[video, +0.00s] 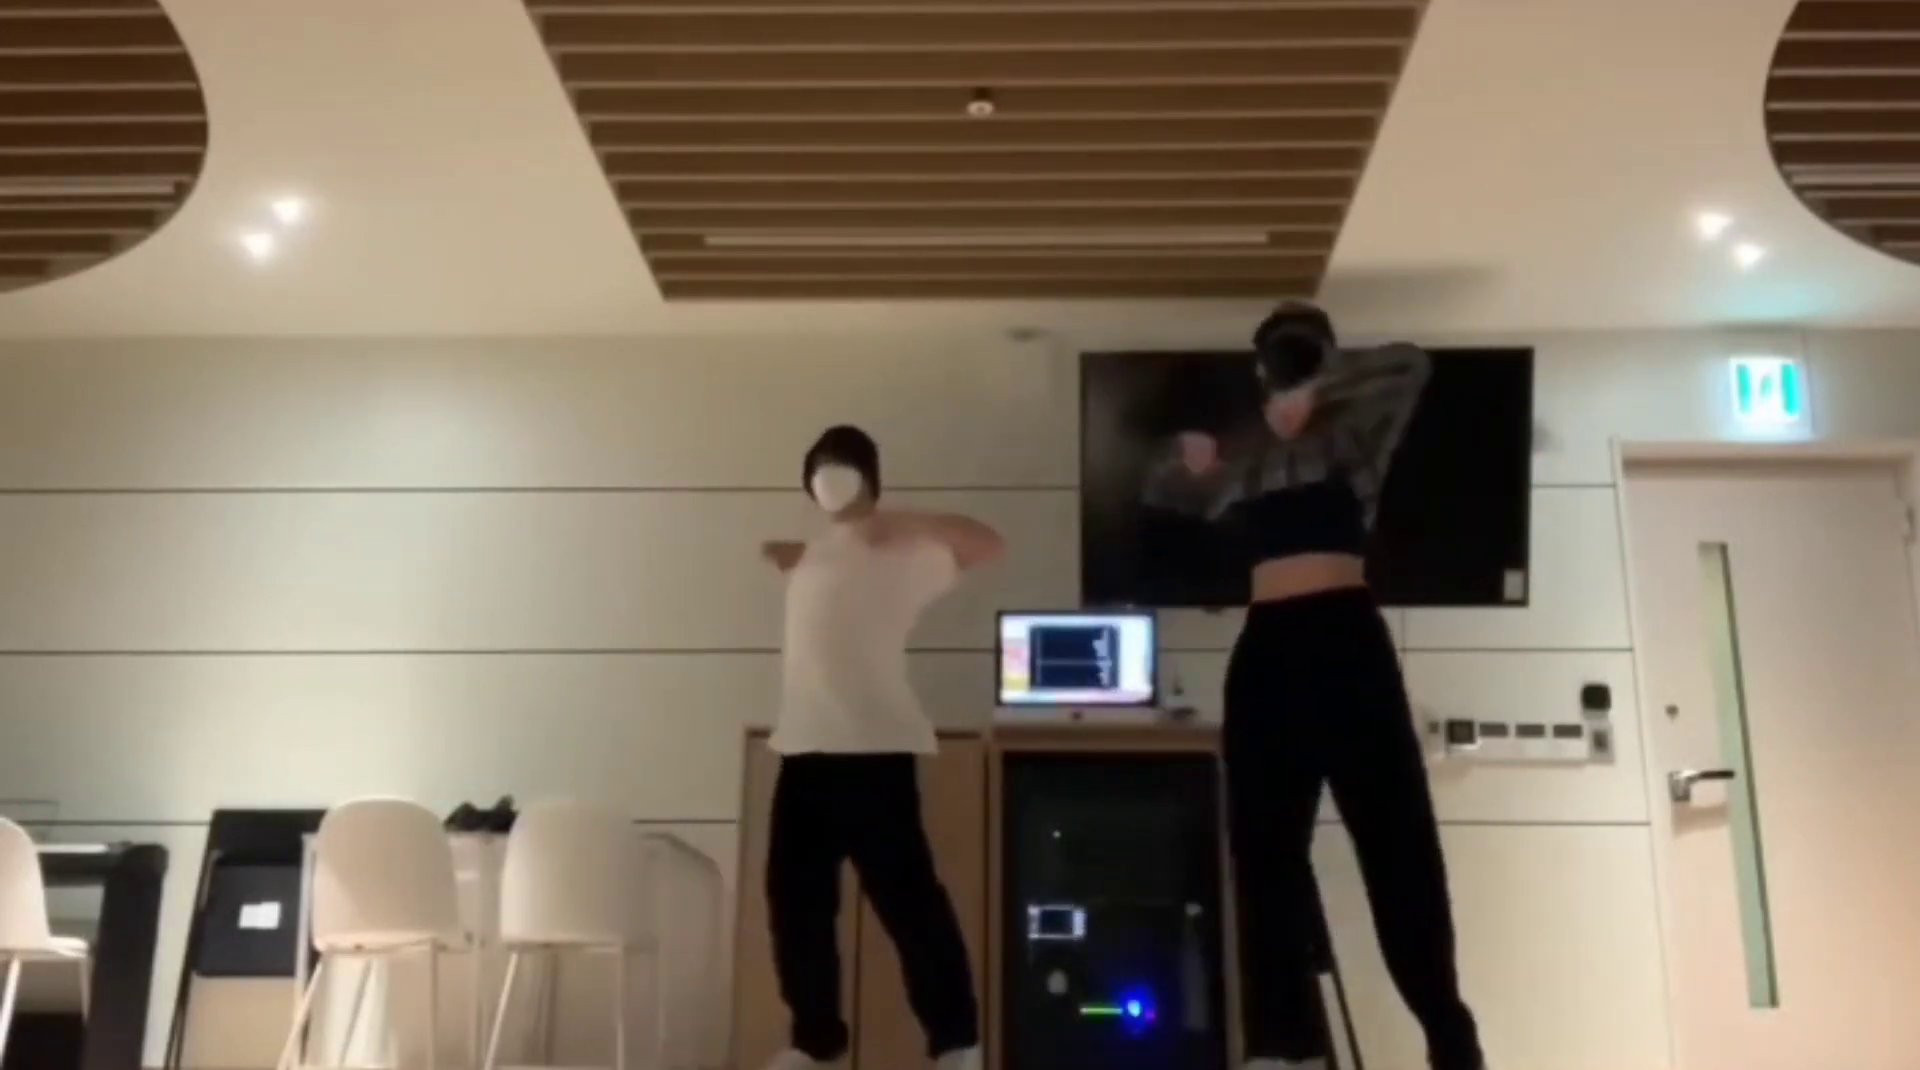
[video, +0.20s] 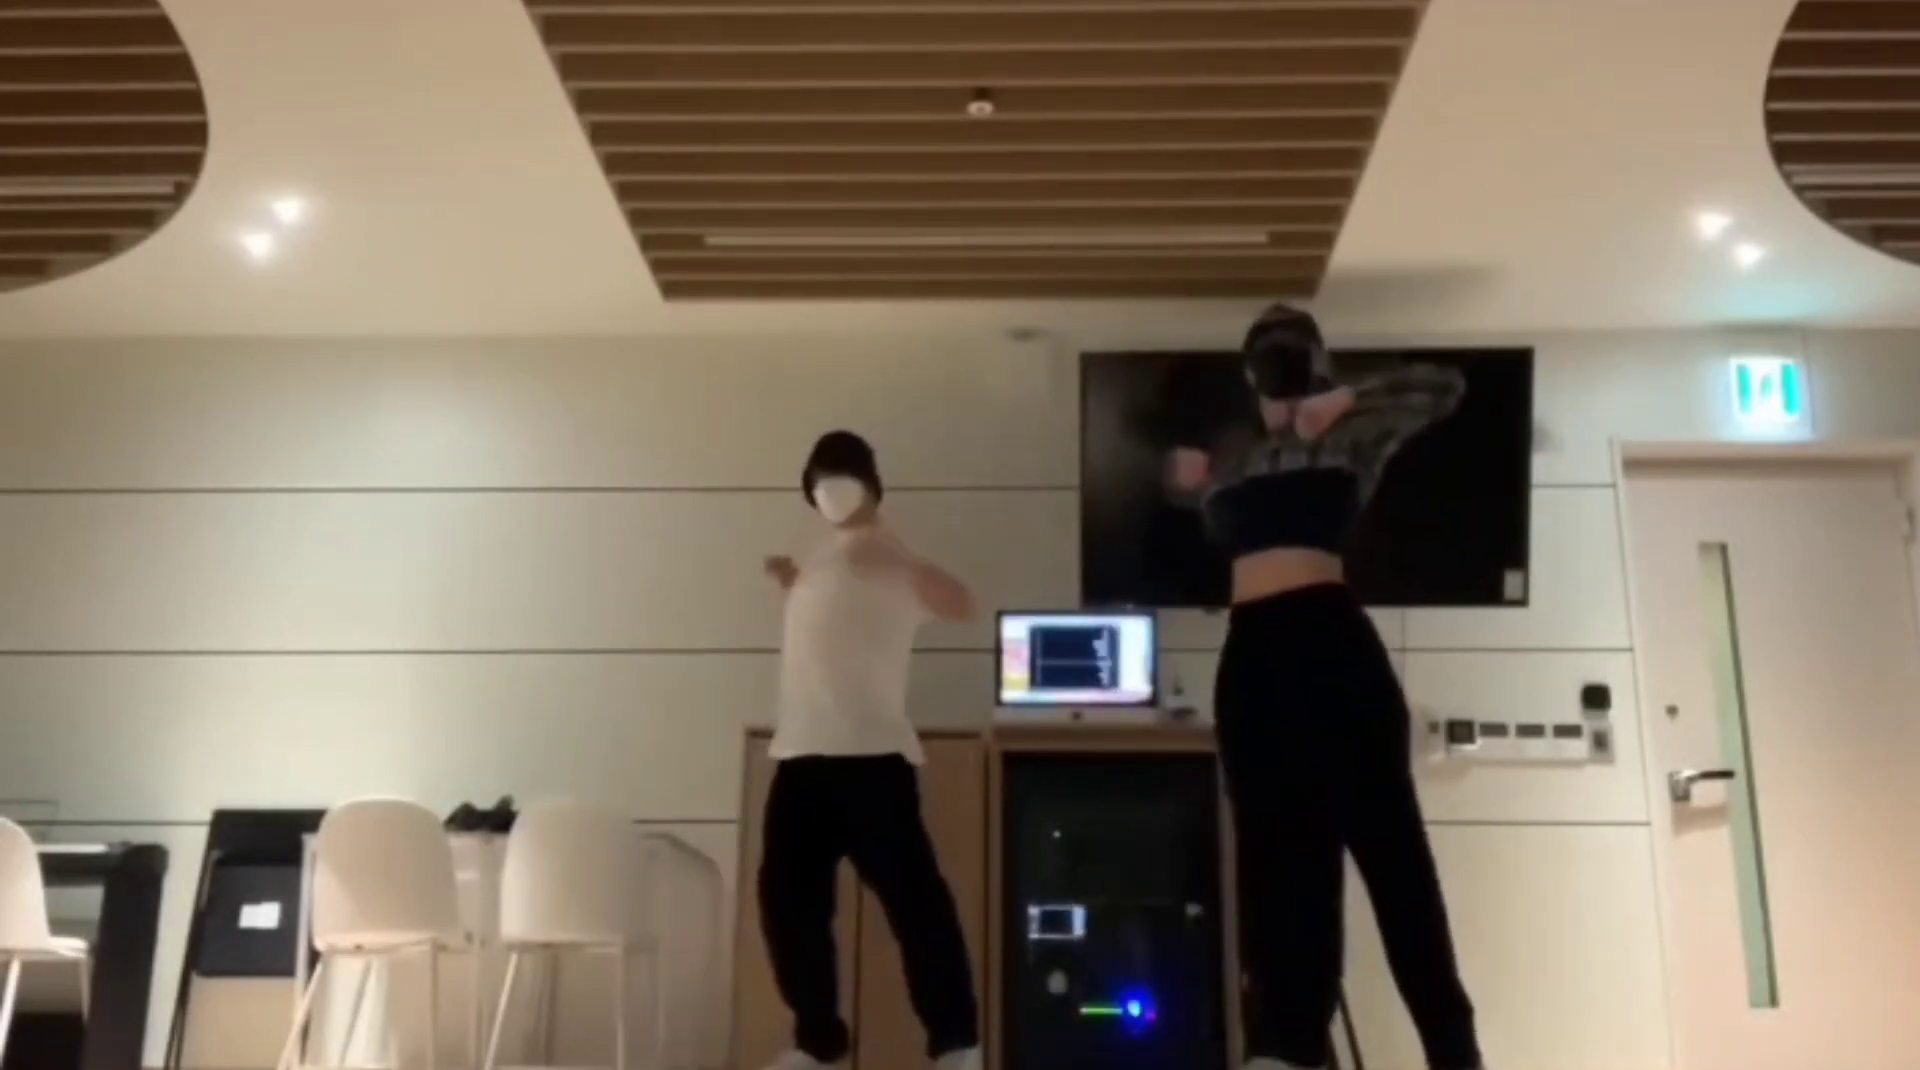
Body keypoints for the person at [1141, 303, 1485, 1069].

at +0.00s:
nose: (1288, 388)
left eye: (1298, 372)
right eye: (1280, 374)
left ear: (1324, 374)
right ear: (1264, 375)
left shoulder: (1360, 432)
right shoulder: (1243, 454)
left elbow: (1410, 364)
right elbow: (1157, 495)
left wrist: (1318, 388)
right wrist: (1183, 467)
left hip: (1348, 637)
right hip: (1267, 646)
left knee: (1395, 836)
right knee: (1267, 852)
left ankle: (1448, 1034)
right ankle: (1292, 1041)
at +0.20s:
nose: (1278, 378)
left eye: (1285, 364)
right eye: (1270, 365)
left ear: (1290, 369)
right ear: (1264, 375)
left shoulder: (1352, 434)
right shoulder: (1232, 450)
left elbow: (1443, 388)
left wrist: (1351, 398)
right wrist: (1187, 484)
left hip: (1336, 644)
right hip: (1253, 652)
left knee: (1387, 846)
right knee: (1276, 856)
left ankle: (1450, 1047)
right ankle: (1291, 1044)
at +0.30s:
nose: (1264, 408)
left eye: (1277, 390)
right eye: (1252, 392)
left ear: (1305, 381)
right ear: (1237, 389)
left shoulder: (1349, 442)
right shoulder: (1231, 462)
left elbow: (1413, 514)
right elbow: (1207, 562)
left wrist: (1356, 574)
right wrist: (1171, 632)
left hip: (1323, 657)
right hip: (1248, 663)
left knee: (1325, 863)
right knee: (1264, 867)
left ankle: (1423, 1007)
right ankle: (1291, 1046)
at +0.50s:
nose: (1257, 470)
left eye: (1272, 454)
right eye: (1247, 452)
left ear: (1299, 437)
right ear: (1236, 440)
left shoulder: (1341, 494)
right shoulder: (1215, 509)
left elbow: (1420, 564)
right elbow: (1195, 606)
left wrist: (1329, 605)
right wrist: (1214, 628)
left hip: (1324, 686)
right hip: (1235, 695)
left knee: (1179, 654)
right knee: (1234, 826)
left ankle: (1224, 822)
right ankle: (1281, 1043)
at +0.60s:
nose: (1274, 426)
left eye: (1288, 414)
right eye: (1260, 414)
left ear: (1312, 432)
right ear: (1239, 434)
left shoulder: (1334, 493)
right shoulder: (1216, 516)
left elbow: (1391, 537)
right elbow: (1132, 570)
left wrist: (1286, 541)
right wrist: (1173, 556)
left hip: (1327, 693)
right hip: (1243, 703)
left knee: (1185, 627)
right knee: (1230, 880)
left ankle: (1183, 795)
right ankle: (1286, 1044)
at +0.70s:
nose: (1273, 427)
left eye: (1288, 414)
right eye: (1261, 415)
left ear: (1314, 428)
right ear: (1245, 431)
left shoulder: (1337, 501)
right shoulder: (1237, 511)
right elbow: (1150, 592)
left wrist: (1253, 540)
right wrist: (1185, 544)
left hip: (1323, 689)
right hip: (1245, 690)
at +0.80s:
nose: (1274, 427)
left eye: (1288, 414)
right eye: (1261, 415)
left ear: (1312, 429)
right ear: (1243, 431)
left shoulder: (1338, 504)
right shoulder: (1232, 510)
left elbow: (1301, 597)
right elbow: (1169, 611)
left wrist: (1239, 538)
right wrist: (1193, 539)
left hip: (1324, 694)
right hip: (1248, 695)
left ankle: (1201, 827)